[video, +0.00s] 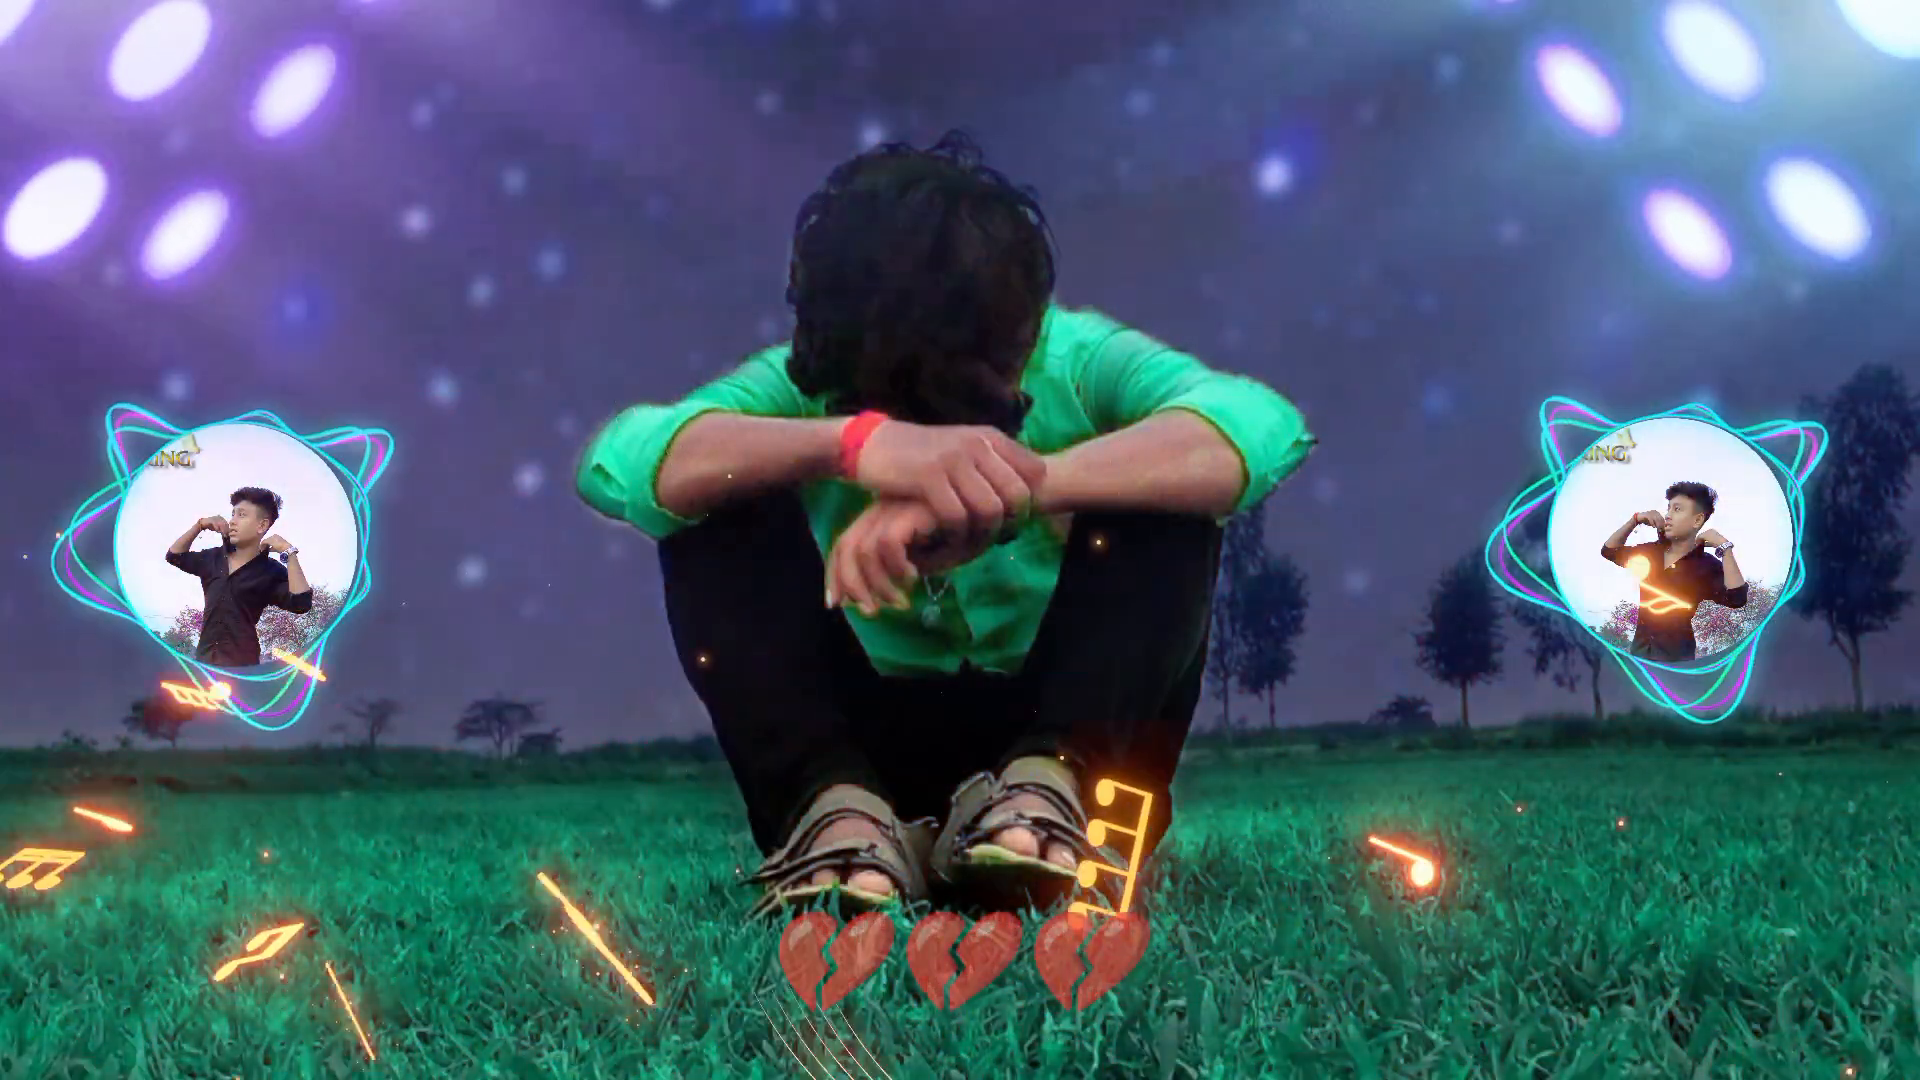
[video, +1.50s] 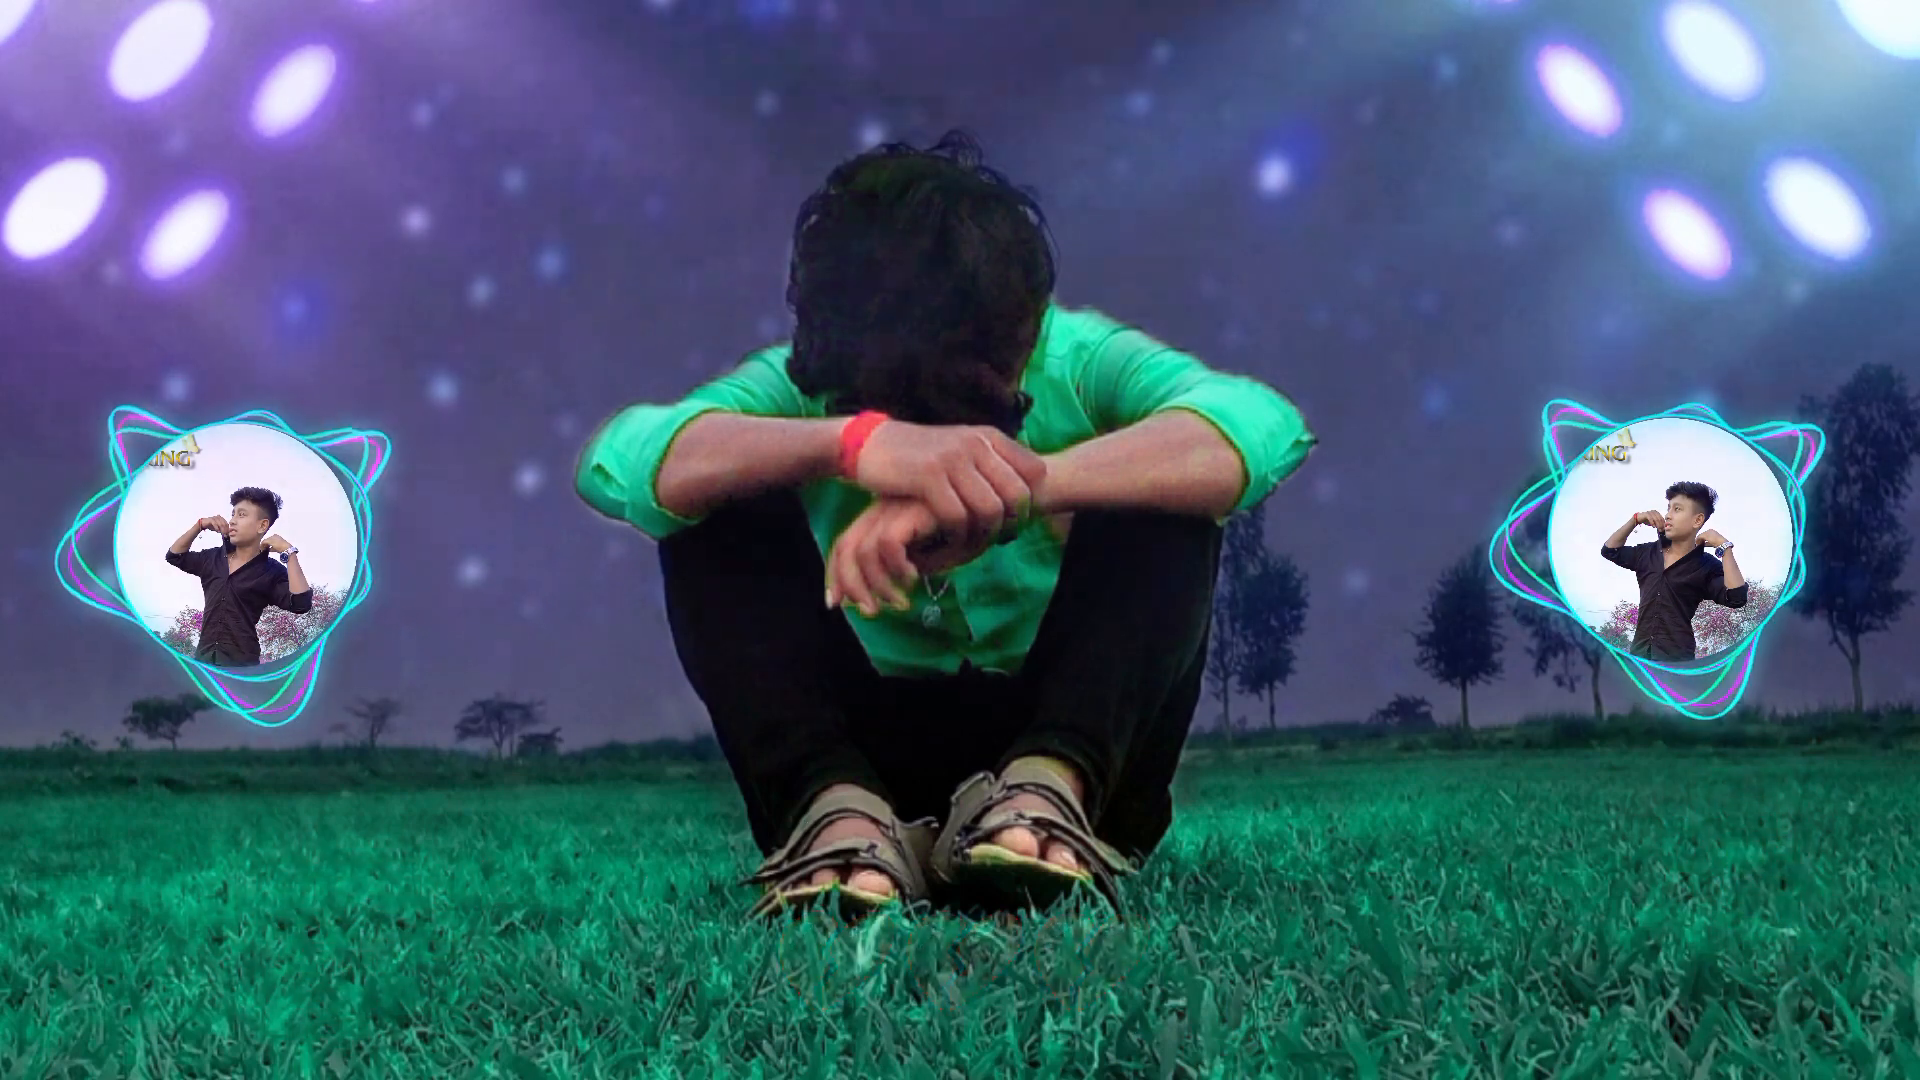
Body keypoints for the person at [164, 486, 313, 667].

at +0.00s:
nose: (232, 521)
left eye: (242, 515)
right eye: (233, 514)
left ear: (263, 525)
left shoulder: (270, 570)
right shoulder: (212, 558)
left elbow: (302, 604)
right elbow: (174, 556)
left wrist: (290, 553)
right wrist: (199, 526)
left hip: (243, 664)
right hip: (204, 660)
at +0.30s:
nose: (232, 521)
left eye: (242, 515)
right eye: (233, 514)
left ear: (262, 525)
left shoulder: (270, 570)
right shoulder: (213, 558)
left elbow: (302, 604)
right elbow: (174, 556)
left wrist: (290, 553)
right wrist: (199, 526)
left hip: (242, 662)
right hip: (204, 658)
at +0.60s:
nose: (231, 521)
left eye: (241, 515)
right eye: (232, 515)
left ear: (263, 525)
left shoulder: (270, 569)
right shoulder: (212, 558)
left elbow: (301, 604)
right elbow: (174, 557)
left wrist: (289, 552)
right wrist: (198, 526)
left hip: (242, 663)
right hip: (203, 659)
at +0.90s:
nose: (232, 521)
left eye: (241, 515)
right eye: (233, 515)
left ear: (263, 525)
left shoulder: (270, 569)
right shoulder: (212, 558)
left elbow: (301, 604)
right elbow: (174, 556)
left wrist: (289, 553)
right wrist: (199, 526)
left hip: (242, 663)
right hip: (203, 659)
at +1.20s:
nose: (232, 520)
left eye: (241, 515)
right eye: (233, 514)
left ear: (263, 525)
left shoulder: (270, 570)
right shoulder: (212, 558)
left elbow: (301, 604)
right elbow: (174, 556)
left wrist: (290, 553)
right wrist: (199, 526)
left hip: (242, 663)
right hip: (203, 659)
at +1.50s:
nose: (232, 521)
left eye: (242, 515)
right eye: (233, 514)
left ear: (263, 525)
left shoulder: (270, 570)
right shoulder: (212, 558)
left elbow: (301, 605)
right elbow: (174, 557)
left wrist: (290, 553)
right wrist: (199, 526)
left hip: (242, 662)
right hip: (203, 658)